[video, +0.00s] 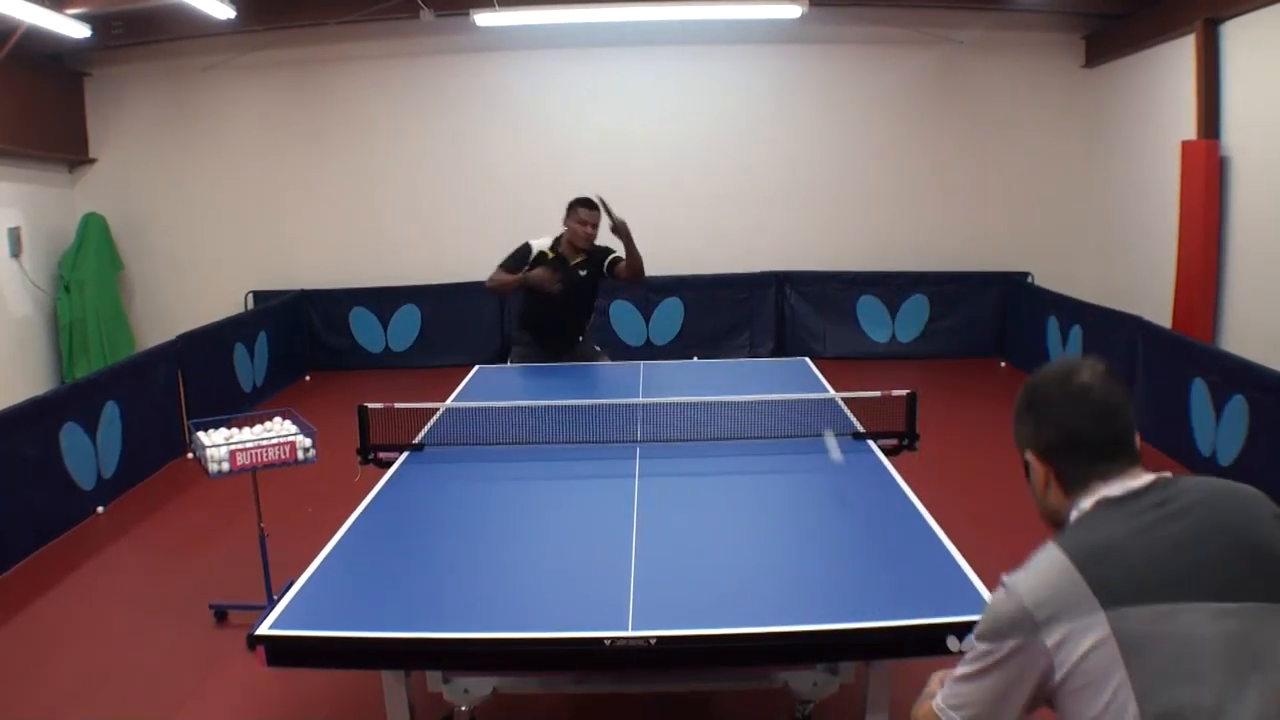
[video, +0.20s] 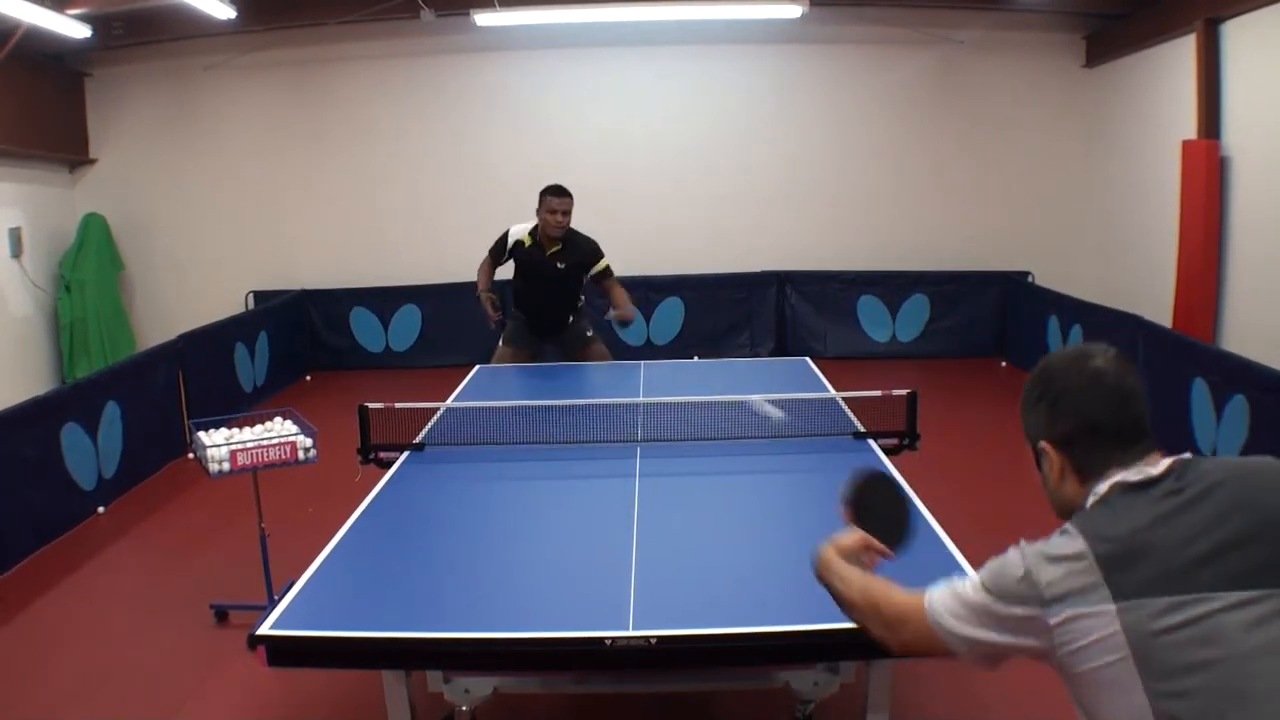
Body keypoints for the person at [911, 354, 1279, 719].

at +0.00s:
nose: (1028, 482)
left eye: (1024, 467)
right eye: (1022, 468)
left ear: (1040, 470)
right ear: (1135, 442)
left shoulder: (1036, 597)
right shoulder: (1255, 508)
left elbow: (950, 714)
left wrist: (933, 694)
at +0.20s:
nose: (1039, 475)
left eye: (1037, 457)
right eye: (1037, 456)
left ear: (1054, 461)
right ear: (1143, 429)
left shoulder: (1056, 572)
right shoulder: (1266, 484)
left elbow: (903, 625)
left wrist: (831, 561)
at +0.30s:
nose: (1052, 440)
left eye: (1050, 422)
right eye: (1050, 422)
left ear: (1075, 426)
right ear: (1172, 402)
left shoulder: (1081, 538)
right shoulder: (1268, 471)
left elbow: (892, 584)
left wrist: (803, 520)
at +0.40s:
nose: (1077, 435)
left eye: (1075, 416)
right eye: (1076, 415)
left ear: (1102, 424)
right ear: (1196, 403)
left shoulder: (1106, 549)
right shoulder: (1268, 481)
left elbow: (899, 619)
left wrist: (822, 523)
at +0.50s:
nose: (1089, 420)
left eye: (1088, 402)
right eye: (1087, 401)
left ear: (1117, 415)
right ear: (1210, 395)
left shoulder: (1125, 550)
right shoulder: (1270, 479)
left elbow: (928, 667)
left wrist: (856, 564)